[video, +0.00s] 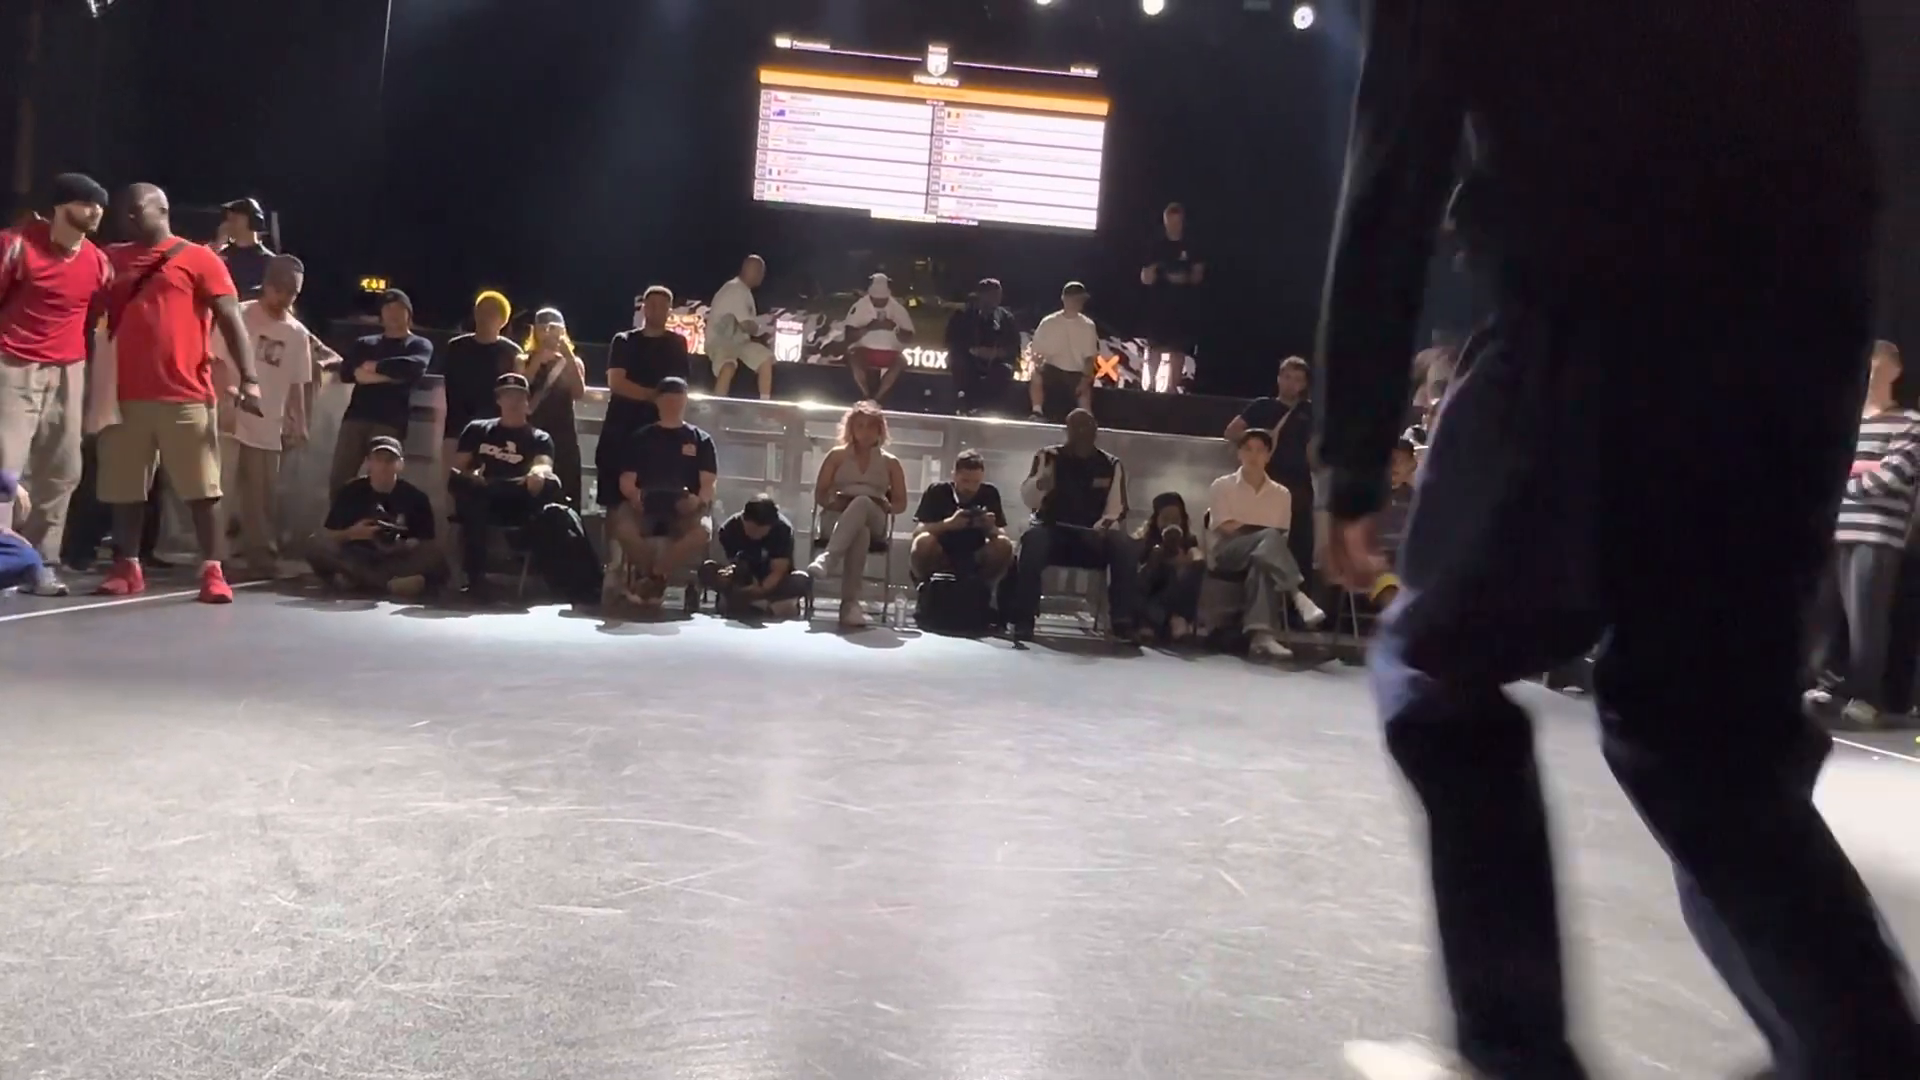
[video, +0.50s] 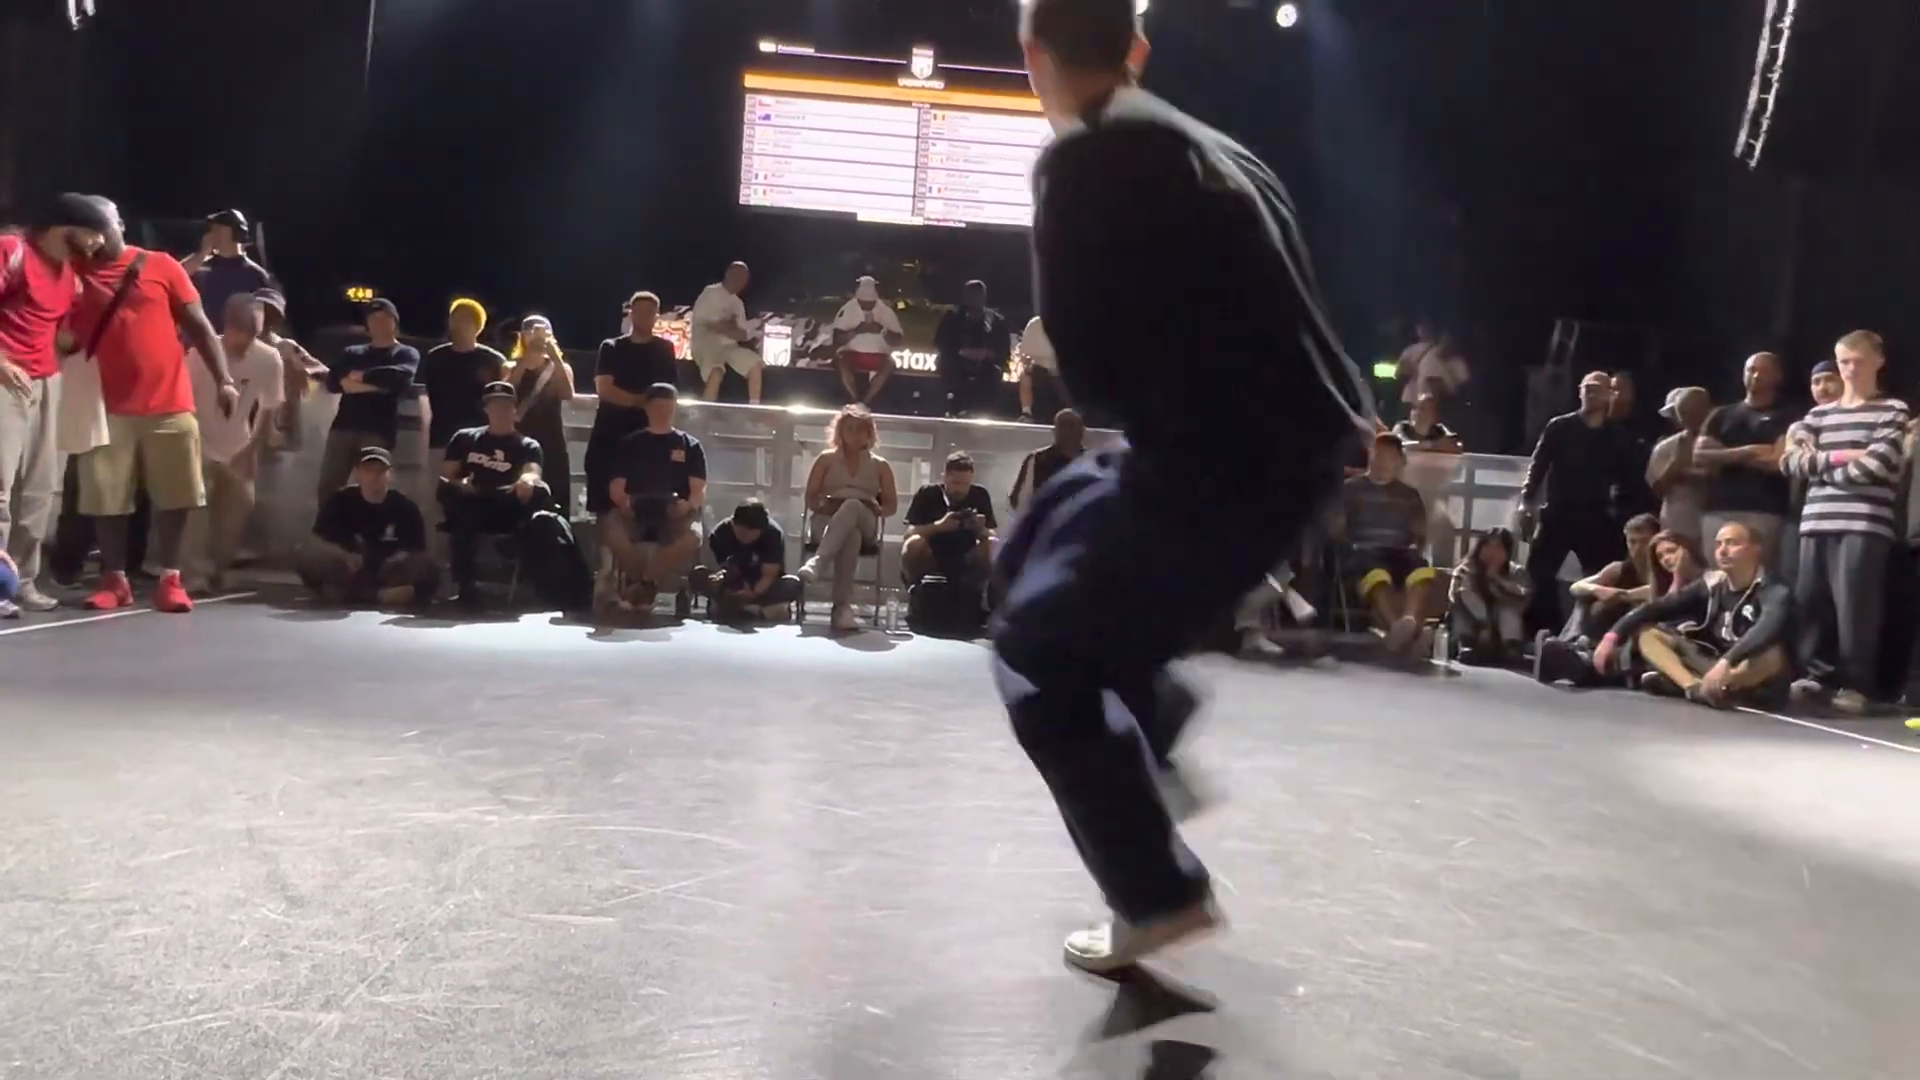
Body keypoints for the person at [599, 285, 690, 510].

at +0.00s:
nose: (656, 311)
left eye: (662, 306)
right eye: (652, 305)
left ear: (669, 311)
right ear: (644, 308)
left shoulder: (677, 342)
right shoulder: (623, 340)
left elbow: (678, 389)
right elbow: (615, 383)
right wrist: (655, 395)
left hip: (659, 429)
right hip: (622, 427)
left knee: (656, 497)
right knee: (615, 499)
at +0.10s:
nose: (654, 312)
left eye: (660, 307)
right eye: (649, 306)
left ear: (667, 313)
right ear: (641, 309)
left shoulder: (675, 344)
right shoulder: (622, 341)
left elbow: (677, 391)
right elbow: (614, 385)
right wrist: (654, 396)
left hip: (657, 431)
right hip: (620, 428)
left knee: (653, 499)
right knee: (613, 500)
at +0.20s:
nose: (654, 314)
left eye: (659, 309)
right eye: (649, 308)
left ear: (666, 315)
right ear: (640, 312)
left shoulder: (674, 347)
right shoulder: (620, 344)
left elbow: (676, 393)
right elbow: (613, 387)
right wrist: (652, 399)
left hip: (656, 433)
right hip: (619, 430)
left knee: (654, 500)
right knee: (612, 502)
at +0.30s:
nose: (652, 314)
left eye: (657, 310)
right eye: (646, 309)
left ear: (663, 314)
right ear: (637, 312)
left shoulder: (671, 346)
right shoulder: (617, 344)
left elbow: (672, 393)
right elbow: (609, 387)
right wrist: (649, 398)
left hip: (653, 433)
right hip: (616, 430)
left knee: (650, 501)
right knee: (610, 503)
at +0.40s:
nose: (649, 316)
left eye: (654, 311)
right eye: (644, 310)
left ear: (660, 315)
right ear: (634, 313)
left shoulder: (668, 347)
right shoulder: (614, 345)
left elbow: (670, 394)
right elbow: (607, 388)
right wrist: (645, 399)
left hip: (650, 432)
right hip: (613, 430)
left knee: (648, 500)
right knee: (607, 502)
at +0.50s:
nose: (645, 317)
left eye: (650, 312)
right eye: (640, 311)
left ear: (656, 316)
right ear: (630, 314)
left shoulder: (664, 348)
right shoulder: (611, 346)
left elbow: (667, 396)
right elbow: (604, 390)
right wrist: (642, 401)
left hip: (647, 435)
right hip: (611, 432)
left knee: (645, 502)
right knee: (605, 504)